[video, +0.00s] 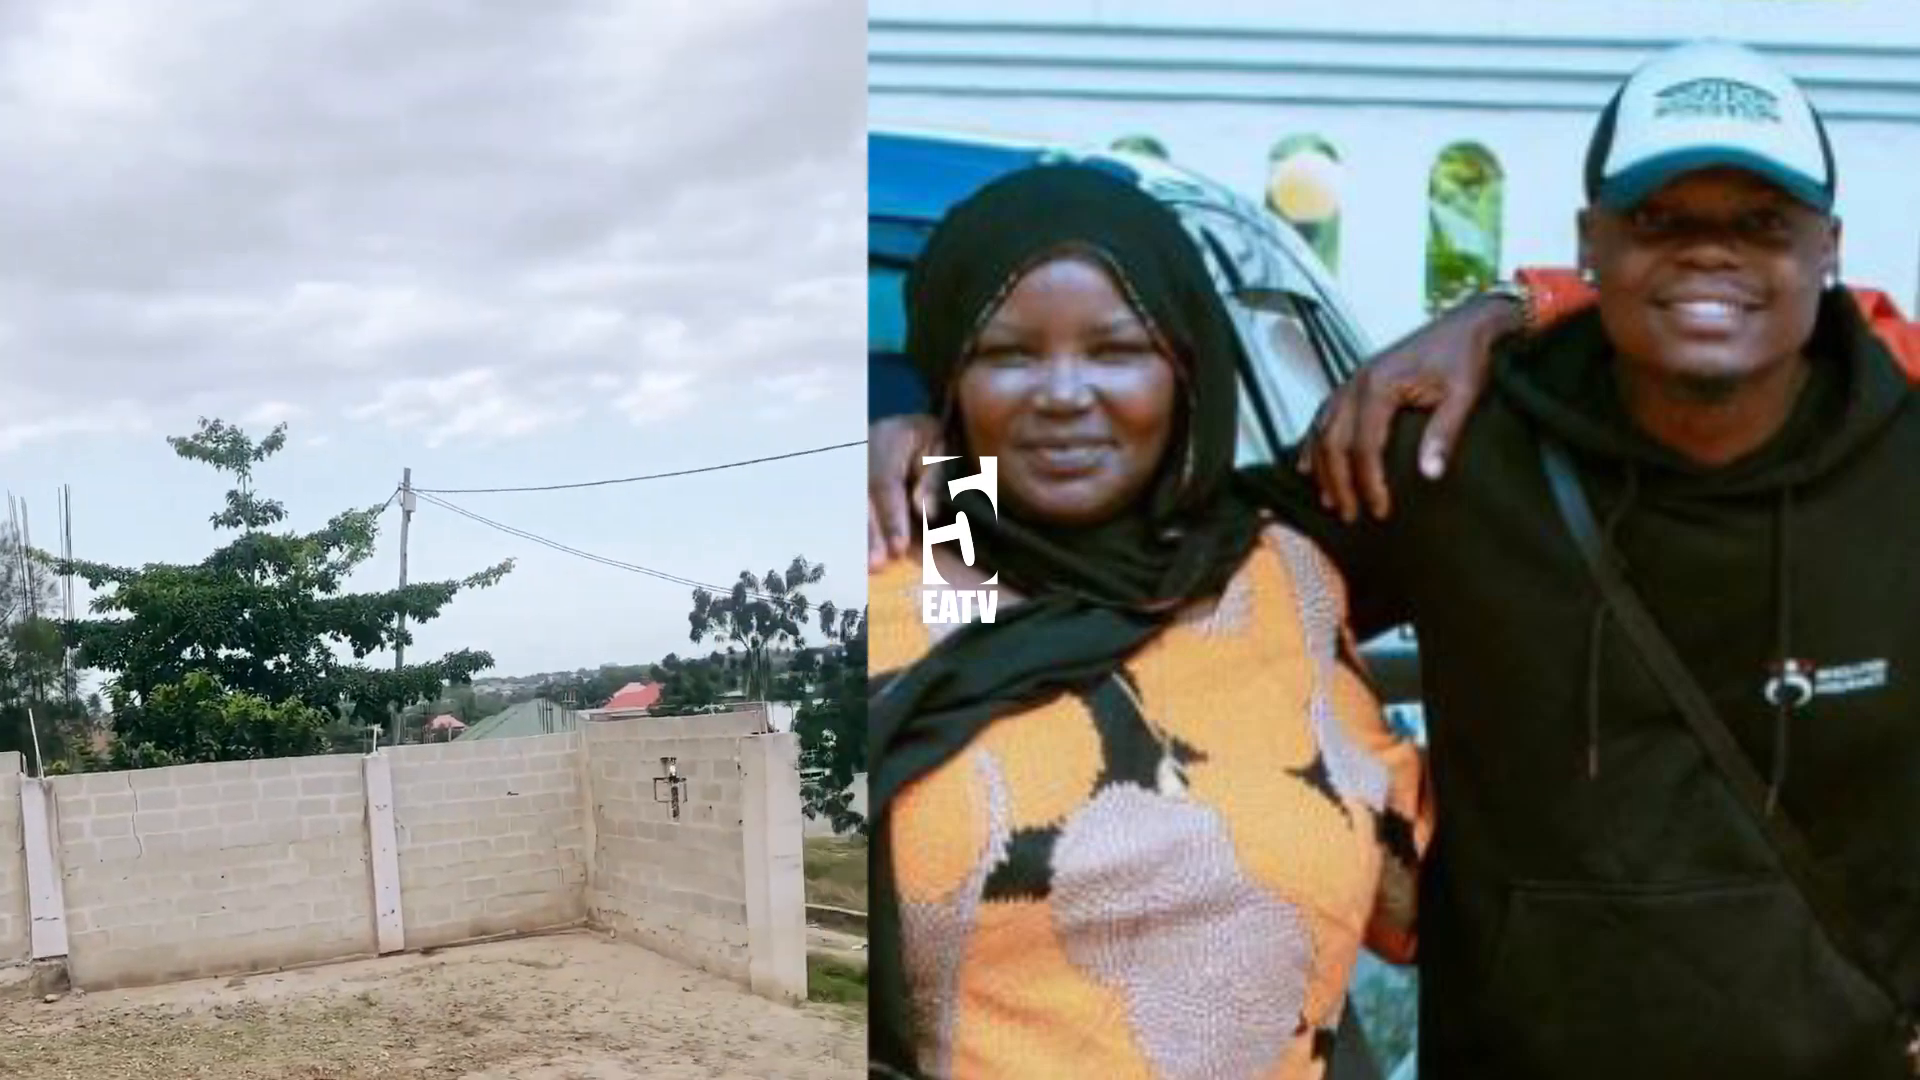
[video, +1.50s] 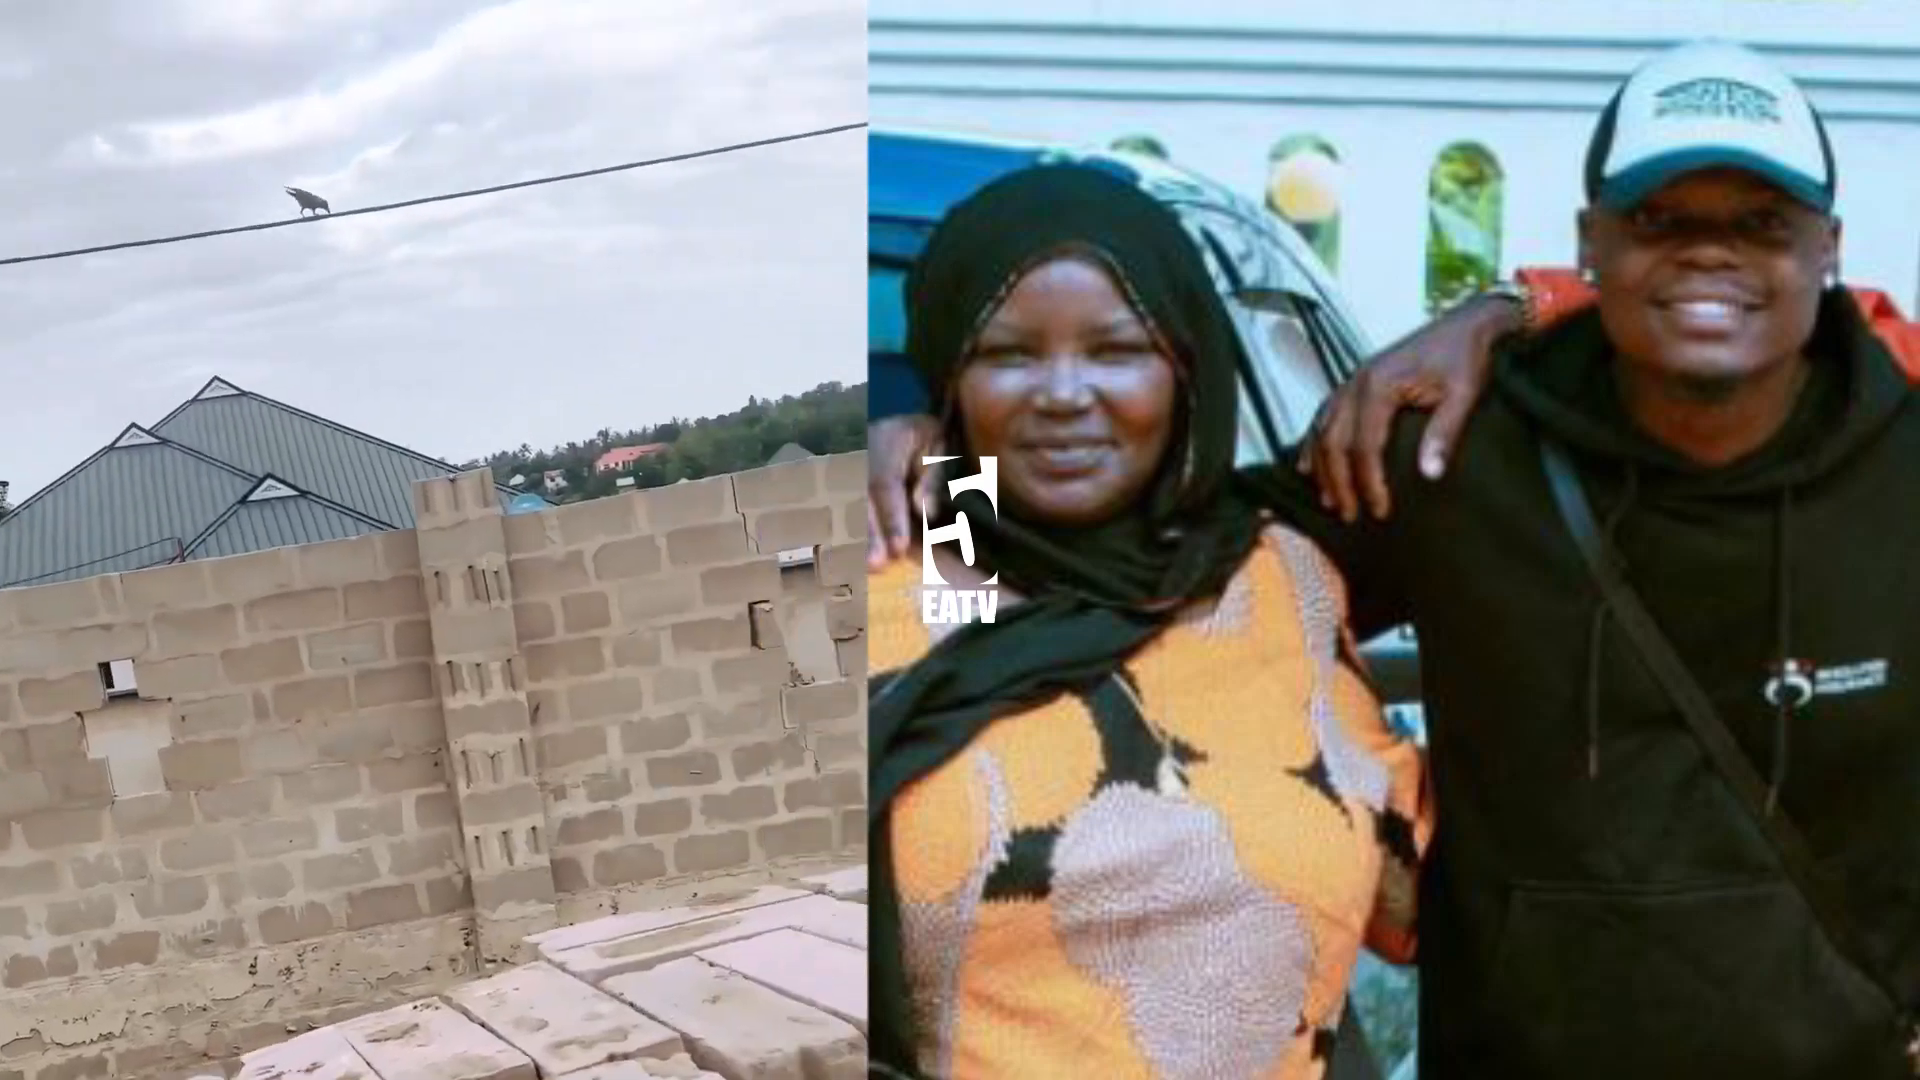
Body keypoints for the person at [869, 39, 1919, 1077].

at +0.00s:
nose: (1707, 250)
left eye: (1757, 218)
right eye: (1664, 214)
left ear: (1826, 250)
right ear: (1594, 241)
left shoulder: (1898, 444)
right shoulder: (1463, 449)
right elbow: (1172, 556)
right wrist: (957, 452)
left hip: (1848, 1038)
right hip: (1535, 1044)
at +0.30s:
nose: (1707, 251)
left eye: (1757, 218)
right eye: (1664, 214)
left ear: (1826, 250)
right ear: (1594, 241)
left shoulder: (1898, 443)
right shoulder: (1463, 448)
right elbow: (1170, 557)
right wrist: (956, 457)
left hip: (1849, 1038)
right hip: (1536, 1045)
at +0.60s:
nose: (1706, 250)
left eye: (1757, 218)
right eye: (1664, 213)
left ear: (1826, 250)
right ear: (1594, 241)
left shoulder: (1899, 445)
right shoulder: (1462, 449)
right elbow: (1172, 557)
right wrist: (961, 456)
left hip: (1849, 1038)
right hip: (1535, 1045)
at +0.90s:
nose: (1706, 251)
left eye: (1757, 219)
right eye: (1664, 214)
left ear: (1826, 250)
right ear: (1594, 241)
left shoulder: (1898, 446)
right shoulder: (1463, 449)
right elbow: (1171, 557)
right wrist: (958, 461)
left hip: (1849, 1038)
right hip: (1536, 1045)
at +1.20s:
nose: (1706, 250)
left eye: (1757, 219)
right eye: (1664, 214)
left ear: (1826, 250)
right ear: (1594, 241)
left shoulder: (1898, 445)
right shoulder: (1462, 449)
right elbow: (1174, 558)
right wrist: (962, 460)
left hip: (1849, 1039)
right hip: (1536, 1045)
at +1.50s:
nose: (1707, 252)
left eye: (1757, 219)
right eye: (1664, 215)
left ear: (1826, 250)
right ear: (1594, 242)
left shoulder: (1898, 446)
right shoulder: (1463, 449)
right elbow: (1170, 557)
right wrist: (952, 452)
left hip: (1848, 1038)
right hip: (1535, 1044)